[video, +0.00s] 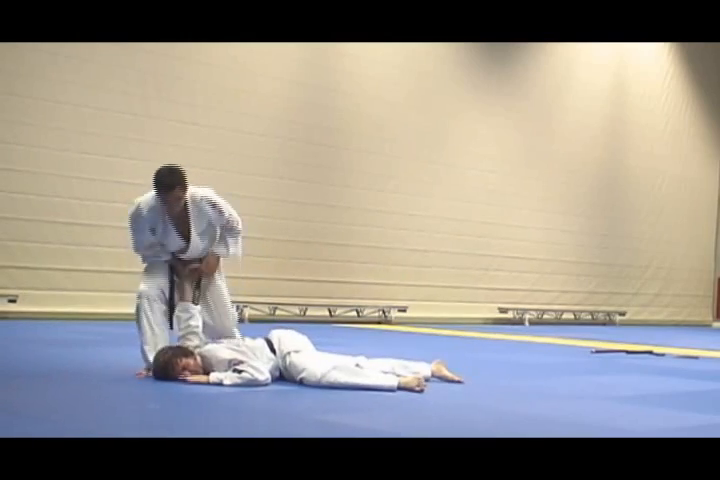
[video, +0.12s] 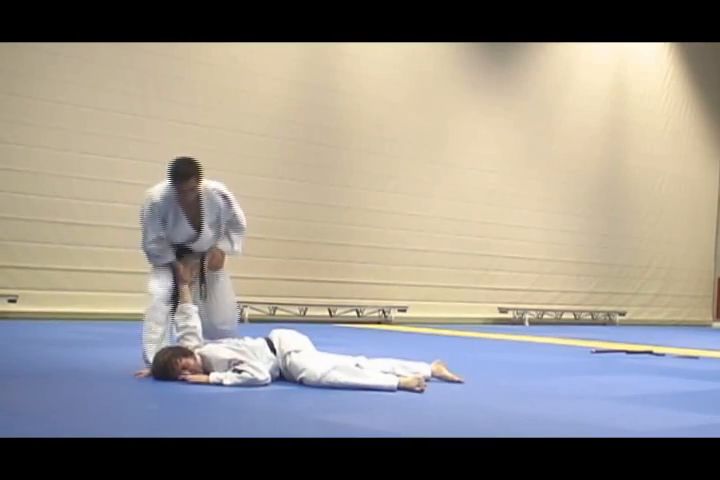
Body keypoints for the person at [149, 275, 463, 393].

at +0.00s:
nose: (188, 374)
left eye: (185, 368)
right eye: (181, 374)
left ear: (189, 357)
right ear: (180, 368)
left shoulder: (215, 353)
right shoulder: (201, 356)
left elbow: (259, 374)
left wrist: (214, 378)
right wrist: (159, 369)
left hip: (281, 348)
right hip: (281, 352)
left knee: (314, 373)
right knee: (353, 363)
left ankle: (397, 381)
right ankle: (428, 368)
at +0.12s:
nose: (188, 372)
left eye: (185, 366)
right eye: (180, 372)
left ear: (190, 357)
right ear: (175, 369)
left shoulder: (217, 356)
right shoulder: (190, 350)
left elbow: (258, 374)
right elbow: (186, 317)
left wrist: (210, 381)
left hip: (283, 348)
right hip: (283, 351)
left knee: (316, 373)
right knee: (350, 365)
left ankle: (400, 382)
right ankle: (424, 368)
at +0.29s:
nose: (188, 373)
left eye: (183, 368)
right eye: (180, 374)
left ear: (189, 355)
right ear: (181, 368)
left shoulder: (215, 354)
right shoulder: (202, 352)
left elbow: (260, 375)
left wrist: (214, 380)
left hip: (282, 348)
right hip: (281, 350)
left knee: (317, 374)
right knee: (353, 363)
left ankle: (397, 381)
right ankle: (427, 367)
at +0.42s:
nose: (187, 370)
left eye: (184, 365)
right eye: (181, 372)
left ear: (188, 355)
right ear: (180, 370)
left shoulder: (212, 352)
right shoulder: (198, 353)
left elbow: (259, 373)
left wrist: (213, 379)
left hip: (280, 347)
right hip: (280, 349)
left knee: (316, 373)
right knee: (351, 363)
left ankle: (399, 381)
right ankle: (427, 369)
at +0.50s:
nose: (189, 371)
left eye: (185, 366)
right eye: (182, 372)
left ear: (188, 354)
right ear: (182, 370)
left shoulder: (212, 351)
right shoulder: (204, 356)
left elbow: (259, 373)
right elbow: (235, 365)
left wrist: (213, 379)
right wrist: (207, 368)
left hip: (280, 346)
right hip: (281, 351)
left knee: (315, 373)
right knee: (351, 364)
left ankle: (399, 381)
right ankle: (427, 369)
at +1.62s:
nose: (177, 336)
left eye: (178, 331)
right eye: (175, 332)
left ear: (192, 327)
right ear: (192, 326)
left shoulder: (225, 335)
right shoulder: (210, 341)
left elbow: (274, 353)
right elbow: (246, 352)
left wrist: (256, 378)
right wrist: (231, 368)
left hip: (296, 357)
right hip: (291, 355)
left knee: (328, 376)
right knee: (359, 361)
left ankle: (398, 381)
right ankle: (436, 350)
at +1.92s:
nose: (194, 293)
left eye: (197, 288)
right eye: (193, 288)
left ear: (211, 287)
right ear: (211, 285)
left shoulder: (243, 306)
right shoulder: (219, 306)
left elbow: (271, 353)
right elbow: (232, 340)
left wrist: (257, 378)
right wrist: (229, 367)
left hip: (300, 343)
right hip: (288, 355)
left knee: (317, 377)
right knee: (357, 365)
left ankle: (398, 380)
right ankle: (432, 347)